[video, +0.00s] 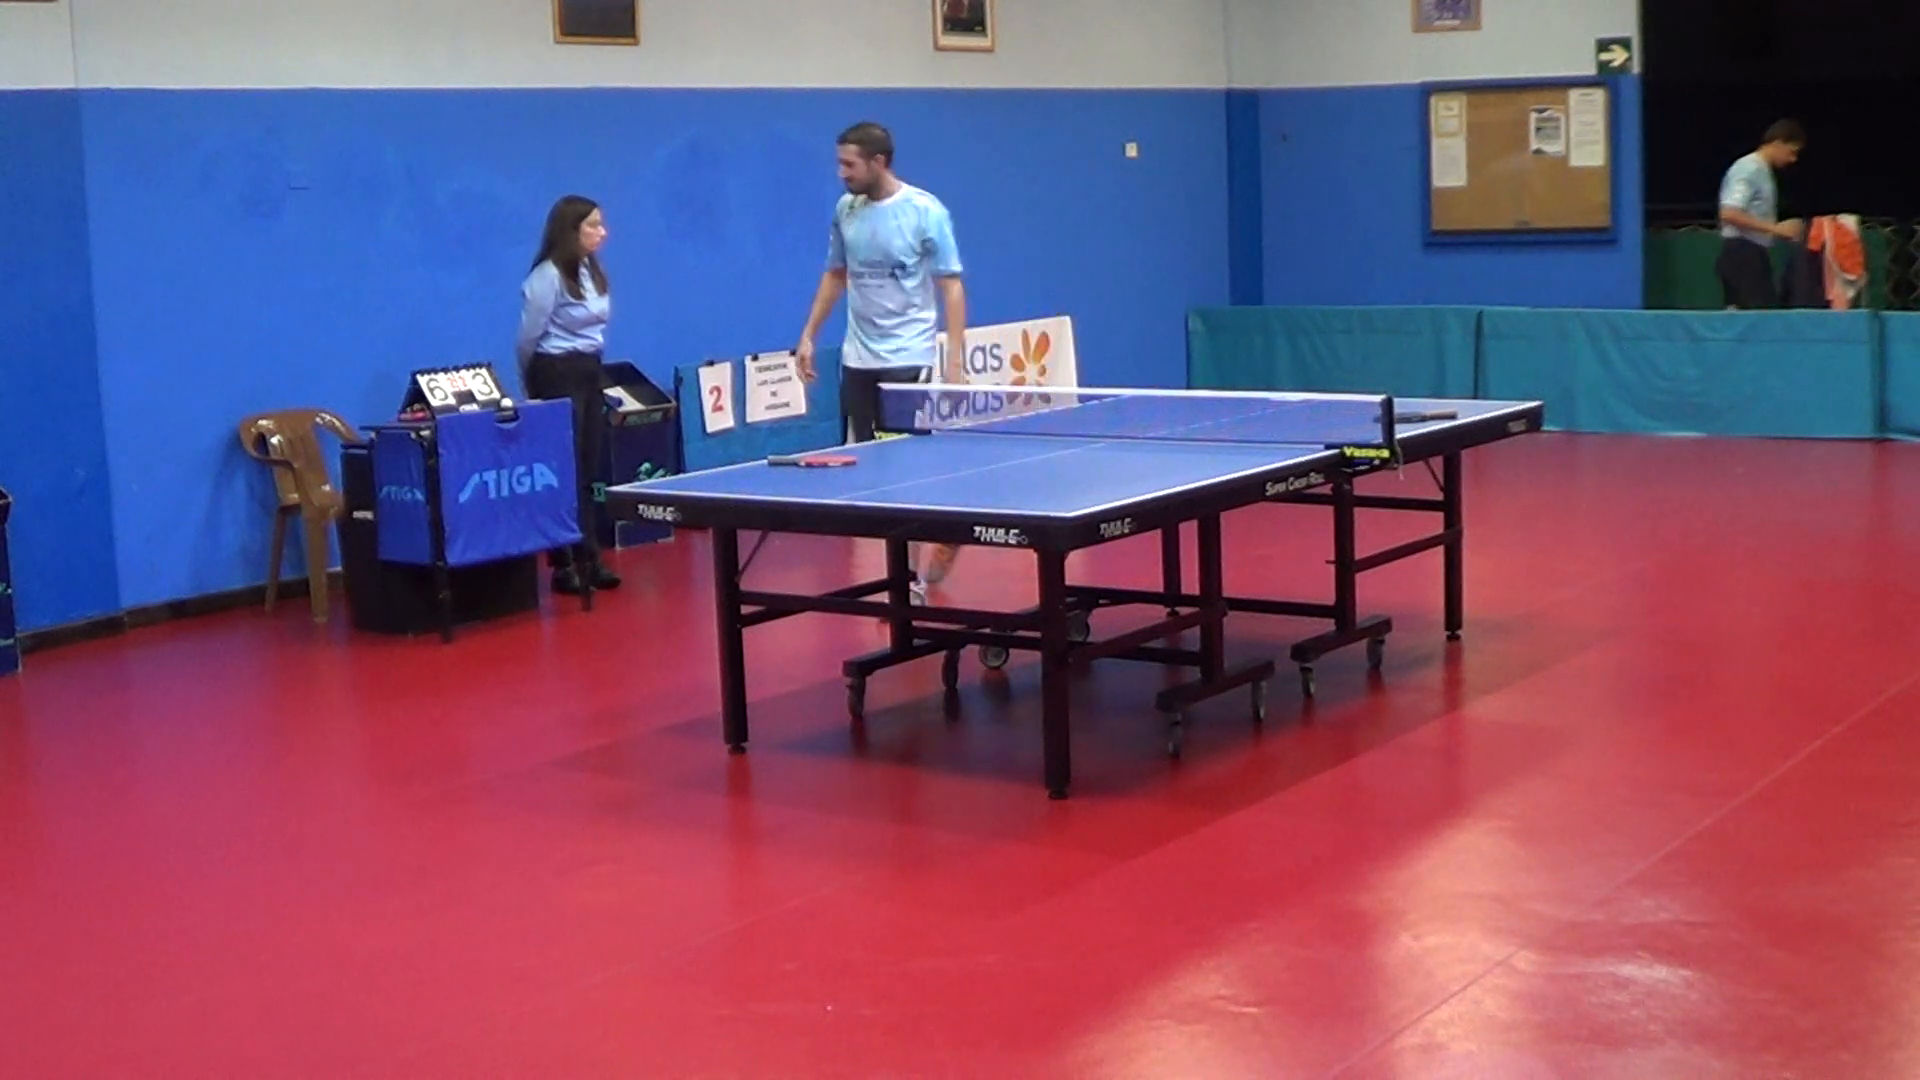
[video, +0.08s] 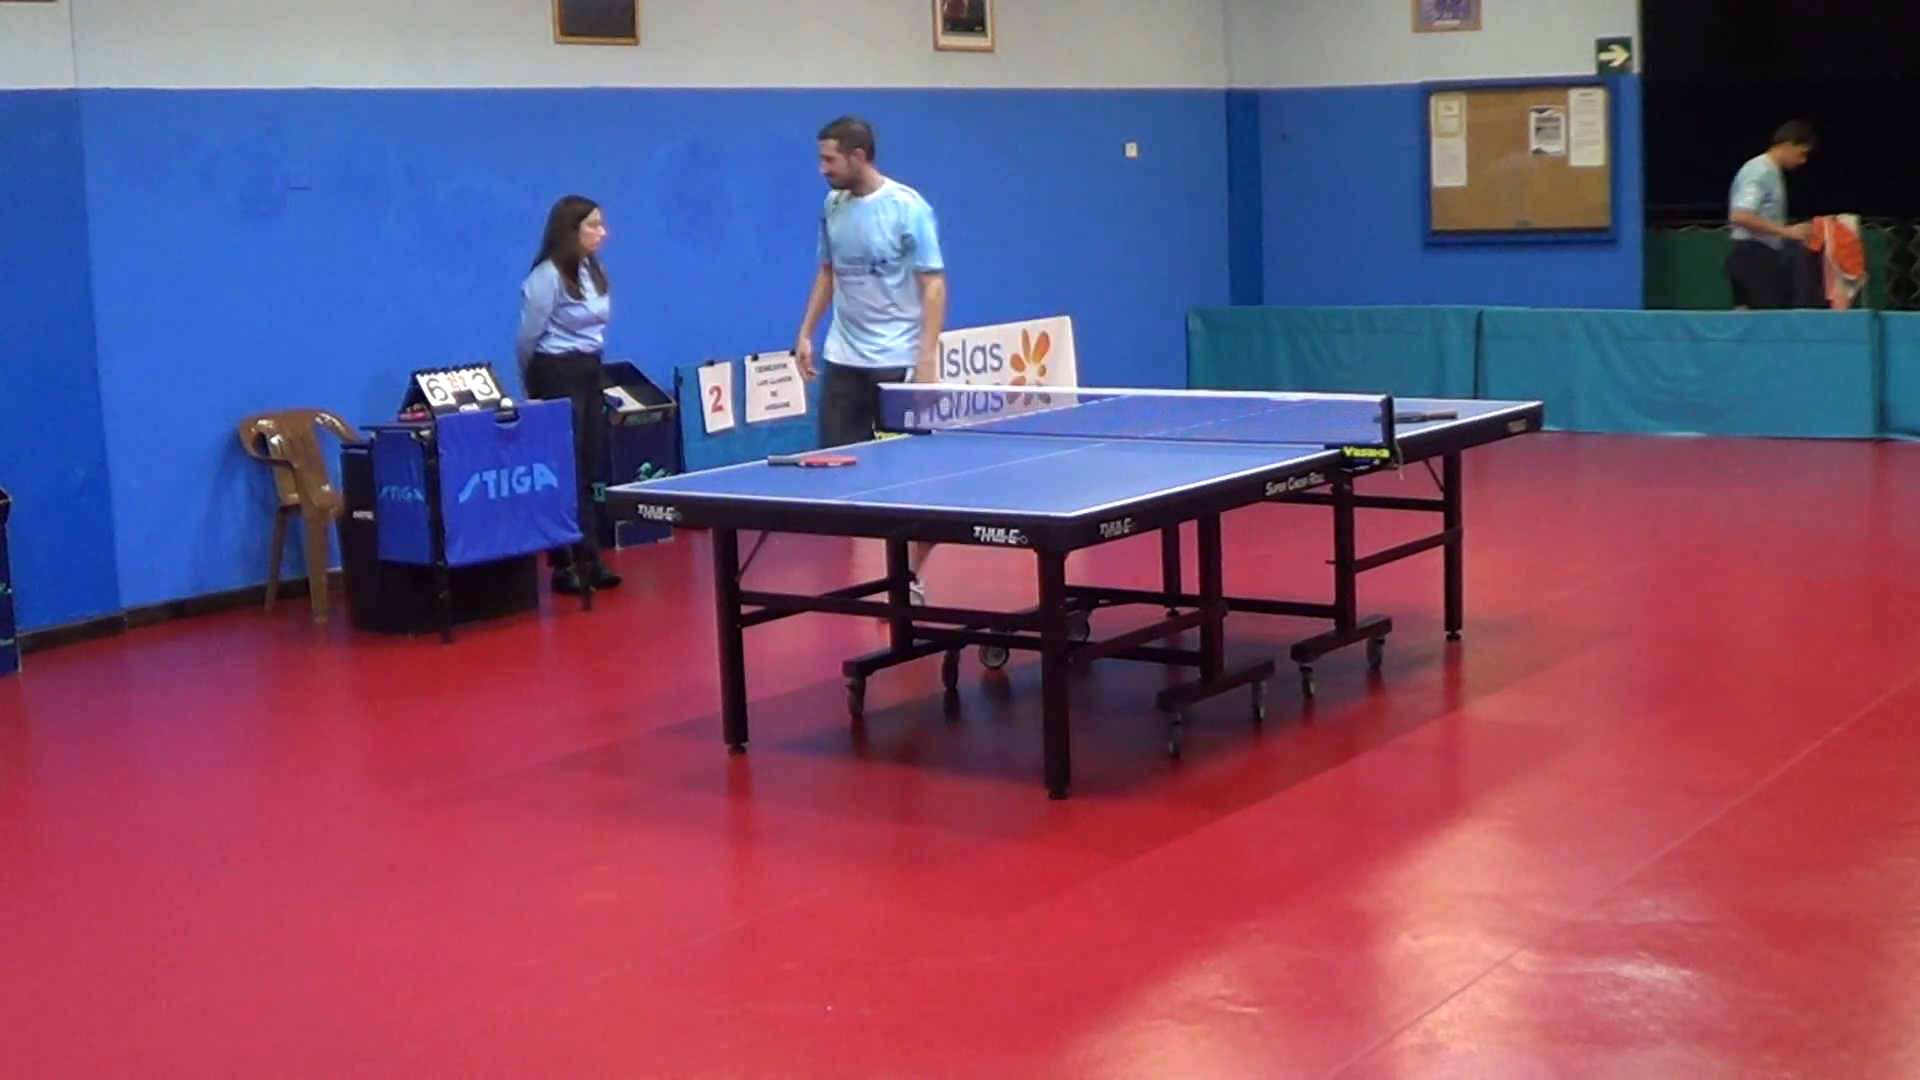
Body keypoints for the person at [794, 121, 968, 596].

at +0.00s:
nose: (843, 173)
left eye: (849, 164)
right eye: (841, 165)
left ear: (880, 162)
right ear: (852, 165)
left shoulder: (926, 211)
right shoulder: (846, 209)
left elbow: (951, 286)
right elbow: (835, 274)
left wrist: (955, 363)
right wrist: (808, 336)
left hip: (912, 362)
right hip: (859, 362)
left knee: (919, 463)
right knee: (867, 467)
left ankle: (947, 542)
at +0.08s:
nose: (823, 169)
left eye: (829, 160)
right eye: (821, 160)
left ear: (859, 157)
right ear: (842, 159)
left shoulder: (909, 207)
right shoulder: (833, 206)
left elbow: (934, 286)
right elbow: (828, 272)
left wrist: (927, 362)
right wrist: (806, 333)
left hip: (902, 365)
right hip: (845, 363)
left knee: (915, 471)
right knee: (837, 465)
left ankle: (912, 576)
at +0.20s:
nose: (790, 169)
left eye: (796, 159)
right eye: (788, 159)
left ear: (823, 155)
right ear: (814, 157)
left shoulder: (879, 205)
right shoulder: (812, 205)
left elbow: (902, 284)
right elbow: (819, 279)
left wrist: (878, 362)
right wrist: (801, 336)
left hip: (870, 367)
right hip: (818, 363)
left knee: (878, 471)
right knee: (787, 455)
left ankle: (905, 577)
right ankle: (851, 558)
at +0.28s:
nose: (766, 172)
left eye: (771, 162)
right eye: (766, 162)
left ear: (796, 159)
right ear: (794, 160)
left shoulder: (856, 208)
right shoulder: (793, 211)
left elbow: (875, 288)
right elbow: (812, 288)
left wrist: (843, 360)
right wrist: (804, 349)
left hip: (854, 368)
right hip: (803, 364)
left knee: (877, 473)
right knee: (776, 462)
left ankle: (903, 581)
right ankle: (787, 585)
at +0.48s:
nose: (699, 179)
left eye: (703, 169)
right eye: (699, 170)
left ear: (726, 167)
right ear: (727, 168)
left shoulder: (781, 214)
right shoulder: (735, 221)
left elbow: (805, 289)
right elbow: (749, 306)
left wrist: (769, 357)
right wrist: (730, 375)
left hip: (793, 385)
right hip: (742, 386)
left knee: (833, 491)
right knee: (731, 500)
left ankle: (893, 578)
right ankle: (719, 607)